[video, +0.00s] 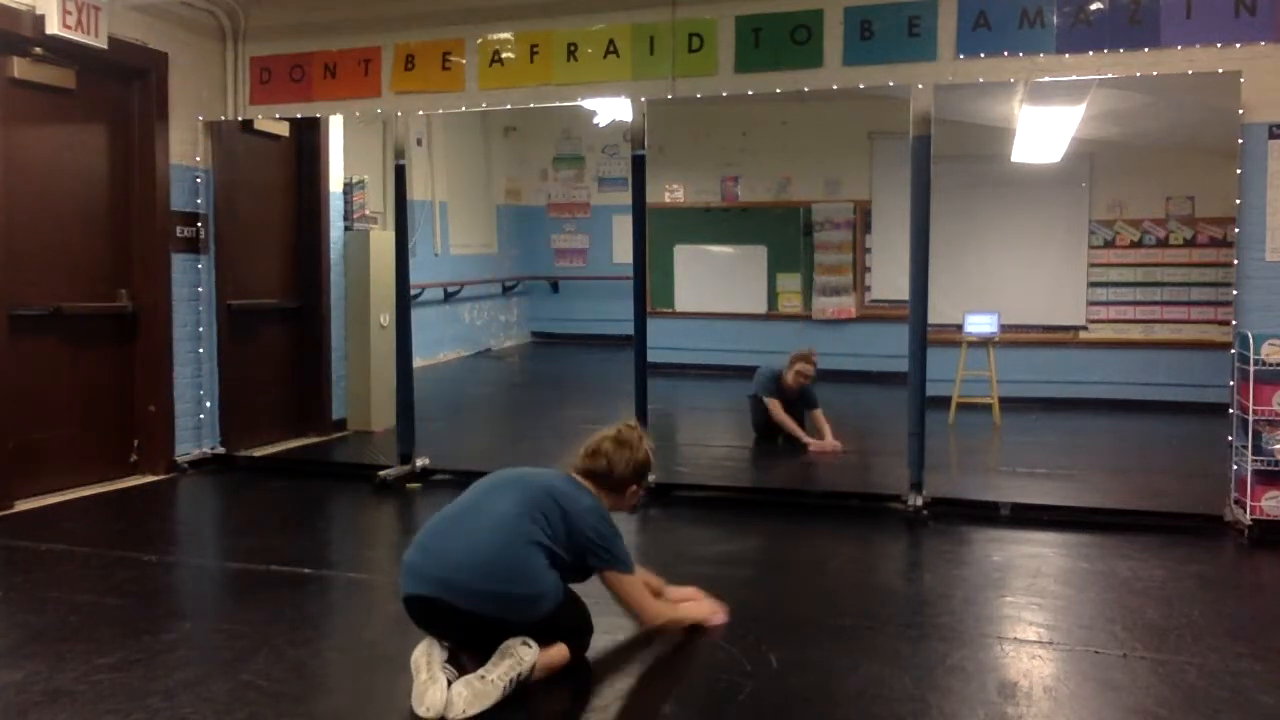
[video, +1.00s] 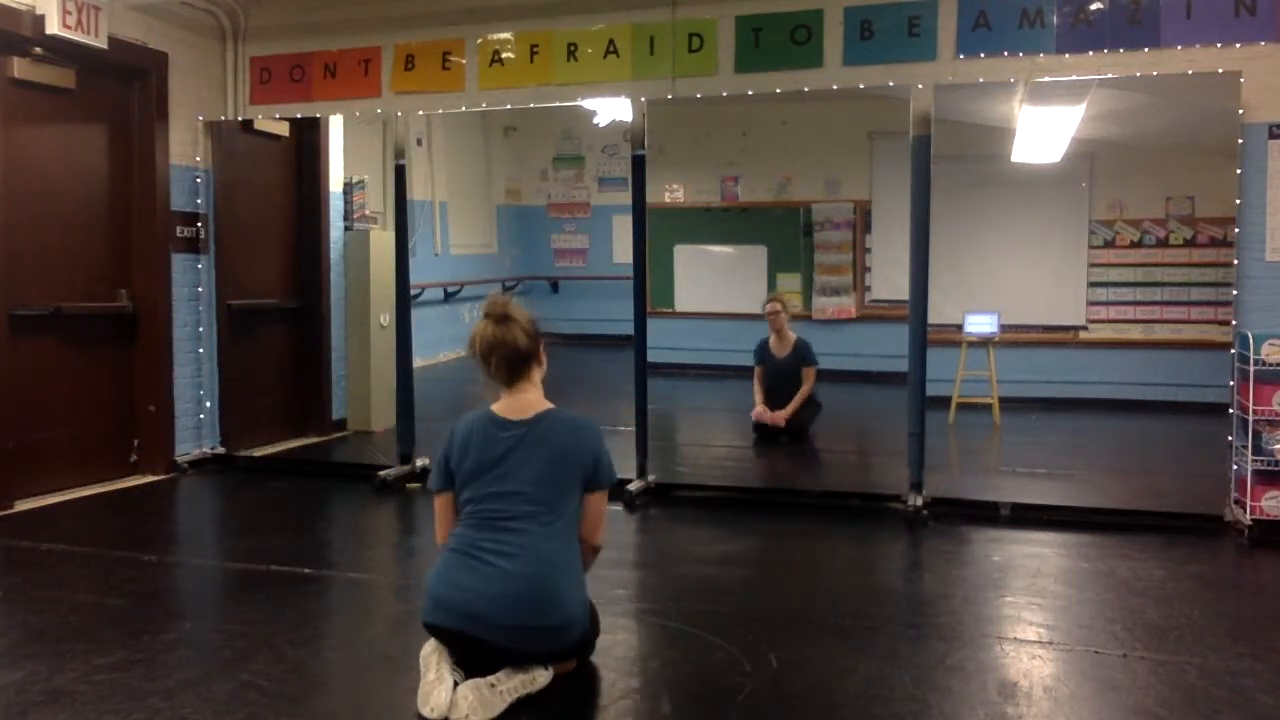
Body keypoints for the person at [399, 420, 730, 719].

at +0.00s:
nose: (642, 494)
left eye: (644, 486)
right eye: (643, 487)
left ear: (584, 464)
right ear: (630, 491)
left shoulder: (532, 483)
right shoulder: (590, 515)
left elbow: (606, 558)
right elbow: (649, 616)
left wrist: (667, 590)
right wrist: (691, 613)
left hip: (421, 583)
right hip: (504, 585)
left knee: (492, 645)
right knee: (574, 635)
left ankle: (439, 658)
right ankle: (519, 664)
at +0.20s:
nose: (633, 503)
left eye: (636, 496)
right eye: (635, 495)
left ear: (580, 468)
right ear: (625, 489)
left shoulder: (534, 487)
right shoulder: (597, 507)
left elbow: (632, 553)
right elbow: (659, 584)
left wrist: (678, 580)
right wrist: (705, 607)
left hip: (422, 578)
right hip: (504, 578)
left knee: (494, 644)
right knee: (572, 634)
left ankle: (444, 658)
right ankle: (522, 662)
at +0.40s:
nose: (614, 426)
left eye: (614, 416)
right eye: (614, 416)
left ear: (552, 417)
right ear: (604, 420)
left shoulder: (520, 457)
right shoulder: (596, 466)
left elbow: (607, 541)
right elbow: (649, 544)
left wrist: (652, 585)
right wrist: (684, 591)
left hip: (427, 583)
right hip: (512, 583)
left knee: (490, 647)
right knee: (574, 636)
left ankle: (445, 659)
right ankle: (522, 665)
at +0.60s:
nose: (588, 370)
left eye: (586, 361)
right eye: (586, 362)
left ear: (523, 373)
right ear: (578, 369)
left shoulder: (493, 425)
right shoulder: (589, 442)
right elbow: (608, 544)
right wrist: (611, 603)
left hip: (441, 595)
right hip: (528, 599)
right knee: (575, 643)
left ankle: (444, 660)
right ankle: (511, 674)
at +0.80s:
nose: (563, 356)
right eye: (561, 349)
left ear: (500, 364)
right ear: (555, 356)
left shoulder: (471, 427)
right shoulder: (581, 436)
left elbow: (450, 522)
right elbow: (586, 537)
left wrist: (479, 567)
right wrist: (543, 572)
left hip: (445, 617)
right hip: (537, 622)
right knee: (583, 628)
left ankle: (441, 669)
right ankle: (506, 687)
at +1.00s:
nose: (545, 354)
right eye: (543, 347)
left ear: (487, 366)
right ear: (541, 356)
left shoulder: (461, 434)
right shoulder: (581, 434)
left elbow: (445, 536)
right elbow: (591, 539)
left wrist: (481, 576)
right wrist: (561, 582)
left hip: (452, 614)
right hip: (547, 617)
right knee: (580, 638)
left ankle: (445, 672)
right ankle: (511, 686)